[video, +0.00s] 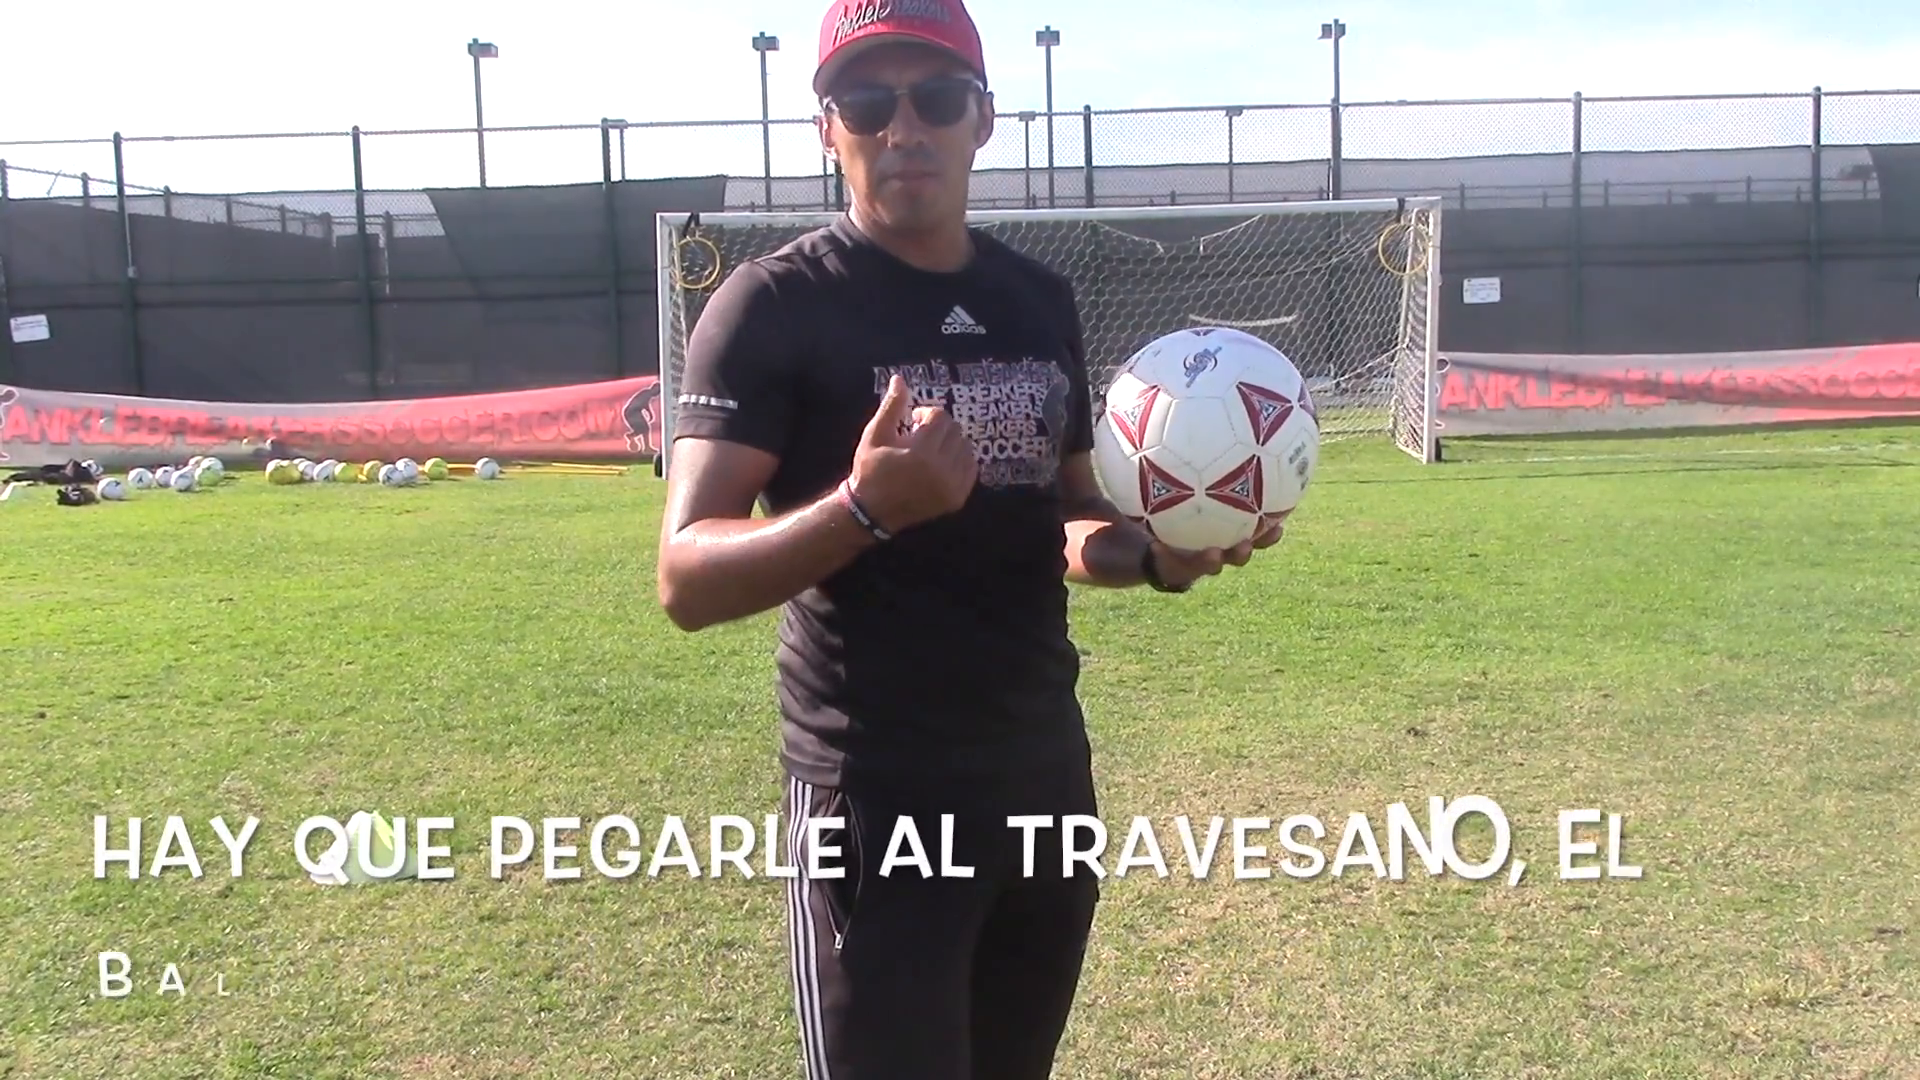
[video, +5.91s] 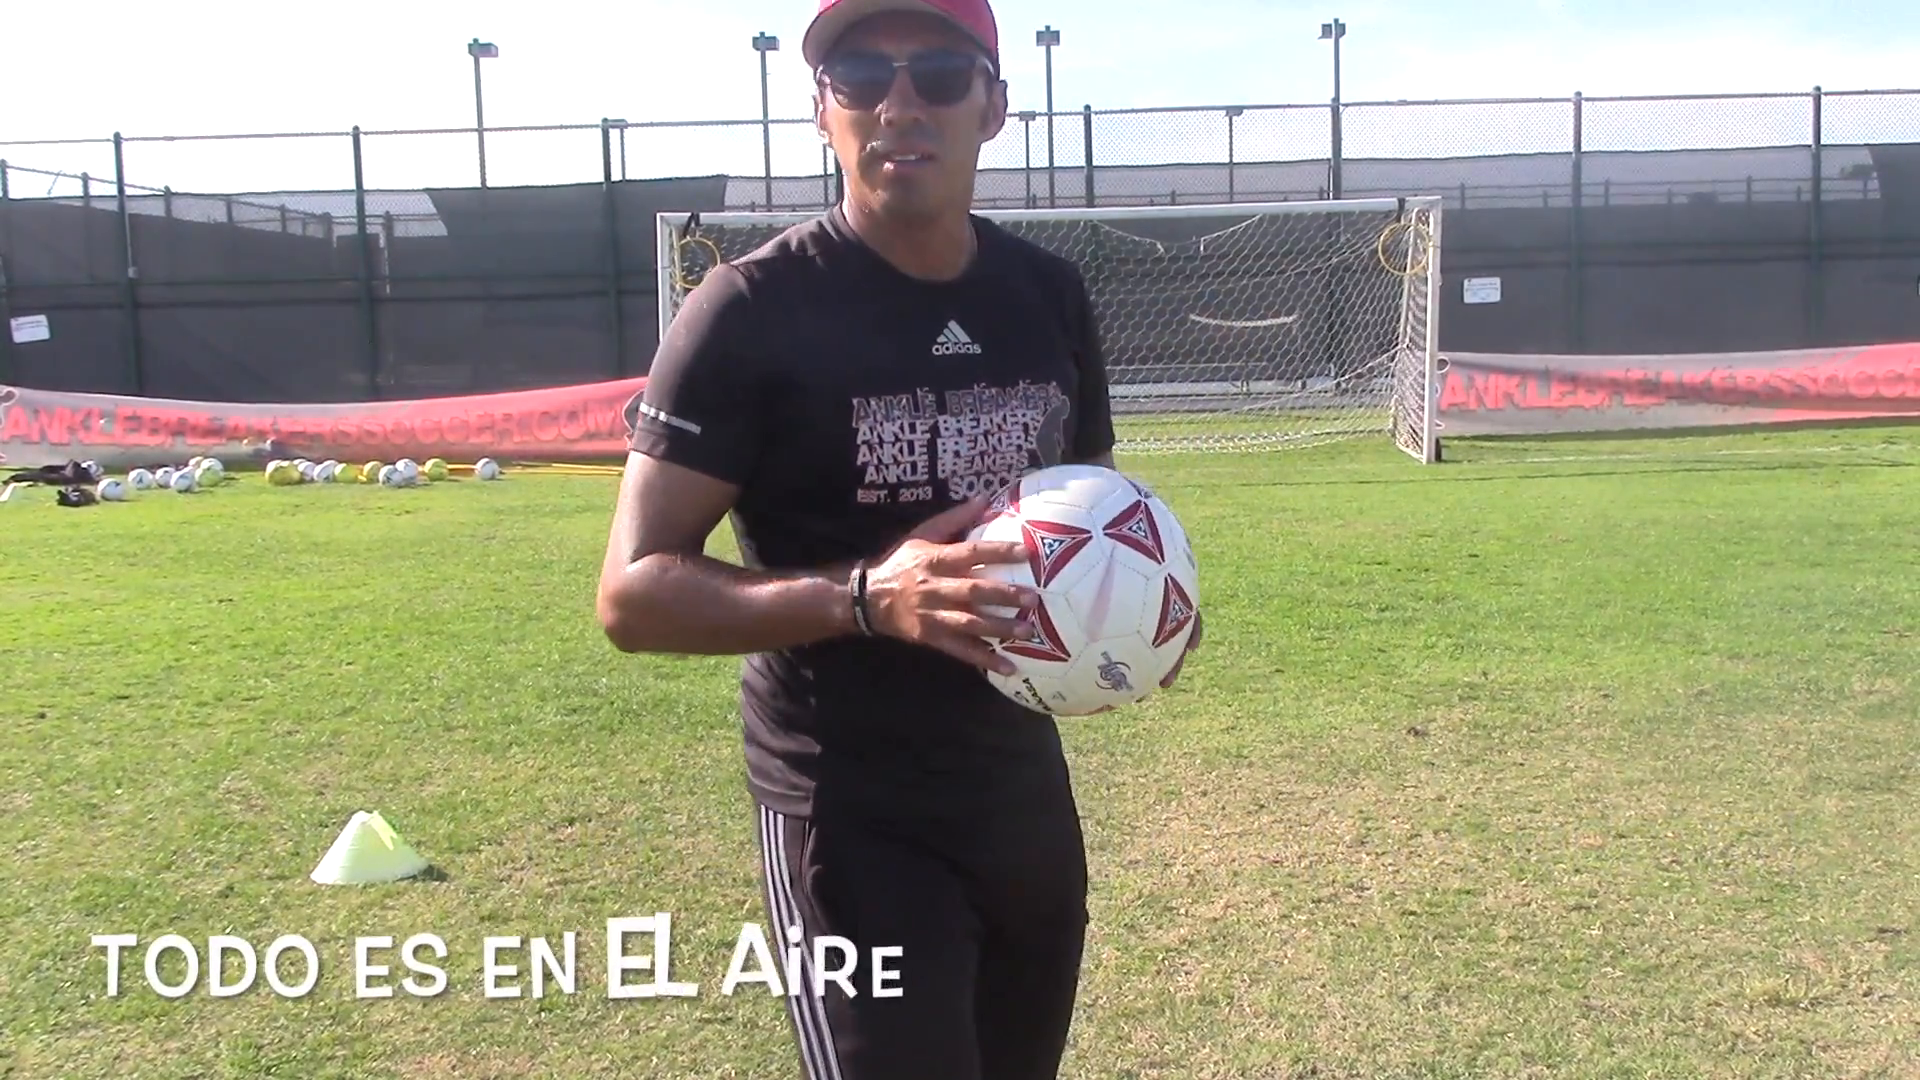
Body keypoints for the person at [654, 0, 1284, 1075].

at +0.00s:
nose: (906, 130)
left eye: (937, 100)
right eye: (870, 102)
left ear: (983, 122)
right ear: (828, 129)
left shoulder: (1039, 296)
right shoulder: (767, 305)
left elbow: (1075, 524)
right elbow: (687, 585)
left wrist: (1156, 552)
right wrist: (862, 510)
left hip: (1040, 769)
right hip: (866, 784)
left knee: (1011, 1062)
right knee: (886, 1063)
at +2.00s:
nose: (911, 135)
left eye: (942, 102)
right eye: (874, 105)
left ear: (985, 120)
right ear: (832, 132)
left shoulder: (1043, 299)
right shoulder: (772, 306)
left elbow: (1067, 509)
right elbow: (678, 575)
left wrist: (1167, 535)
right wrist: (916, 560)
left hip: (1045, 759)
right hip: (874, 772)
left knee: (1018, 1062)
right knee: (888, 1062)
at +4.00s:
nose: (908, 137)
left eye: (940, 104)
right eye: (874, 109)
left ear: (989, 119)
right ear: (837, 133)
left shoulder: (1057, 298)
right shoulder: (775, 300)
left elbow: (1094, 526)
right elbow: (678, 562)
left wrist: (1157, 554)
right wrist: (915, 562)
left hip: (1050, 764)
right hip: (872, 777)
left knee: (1020, 1062)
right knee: (887, 1062)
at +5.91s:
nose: (901, 108)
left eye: (939, 78)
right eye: (864, 79)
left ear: (993, 113)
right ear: (823, 114)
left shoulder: (1048, 297)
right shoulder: (747, 313)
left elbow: (1086, 512)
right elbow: (633, 595)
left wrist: (1136, 596)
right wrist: (861, 599)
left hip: (1020, 776)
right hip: (847, 798)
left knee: (1019, 1061)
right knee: (900, 1063)